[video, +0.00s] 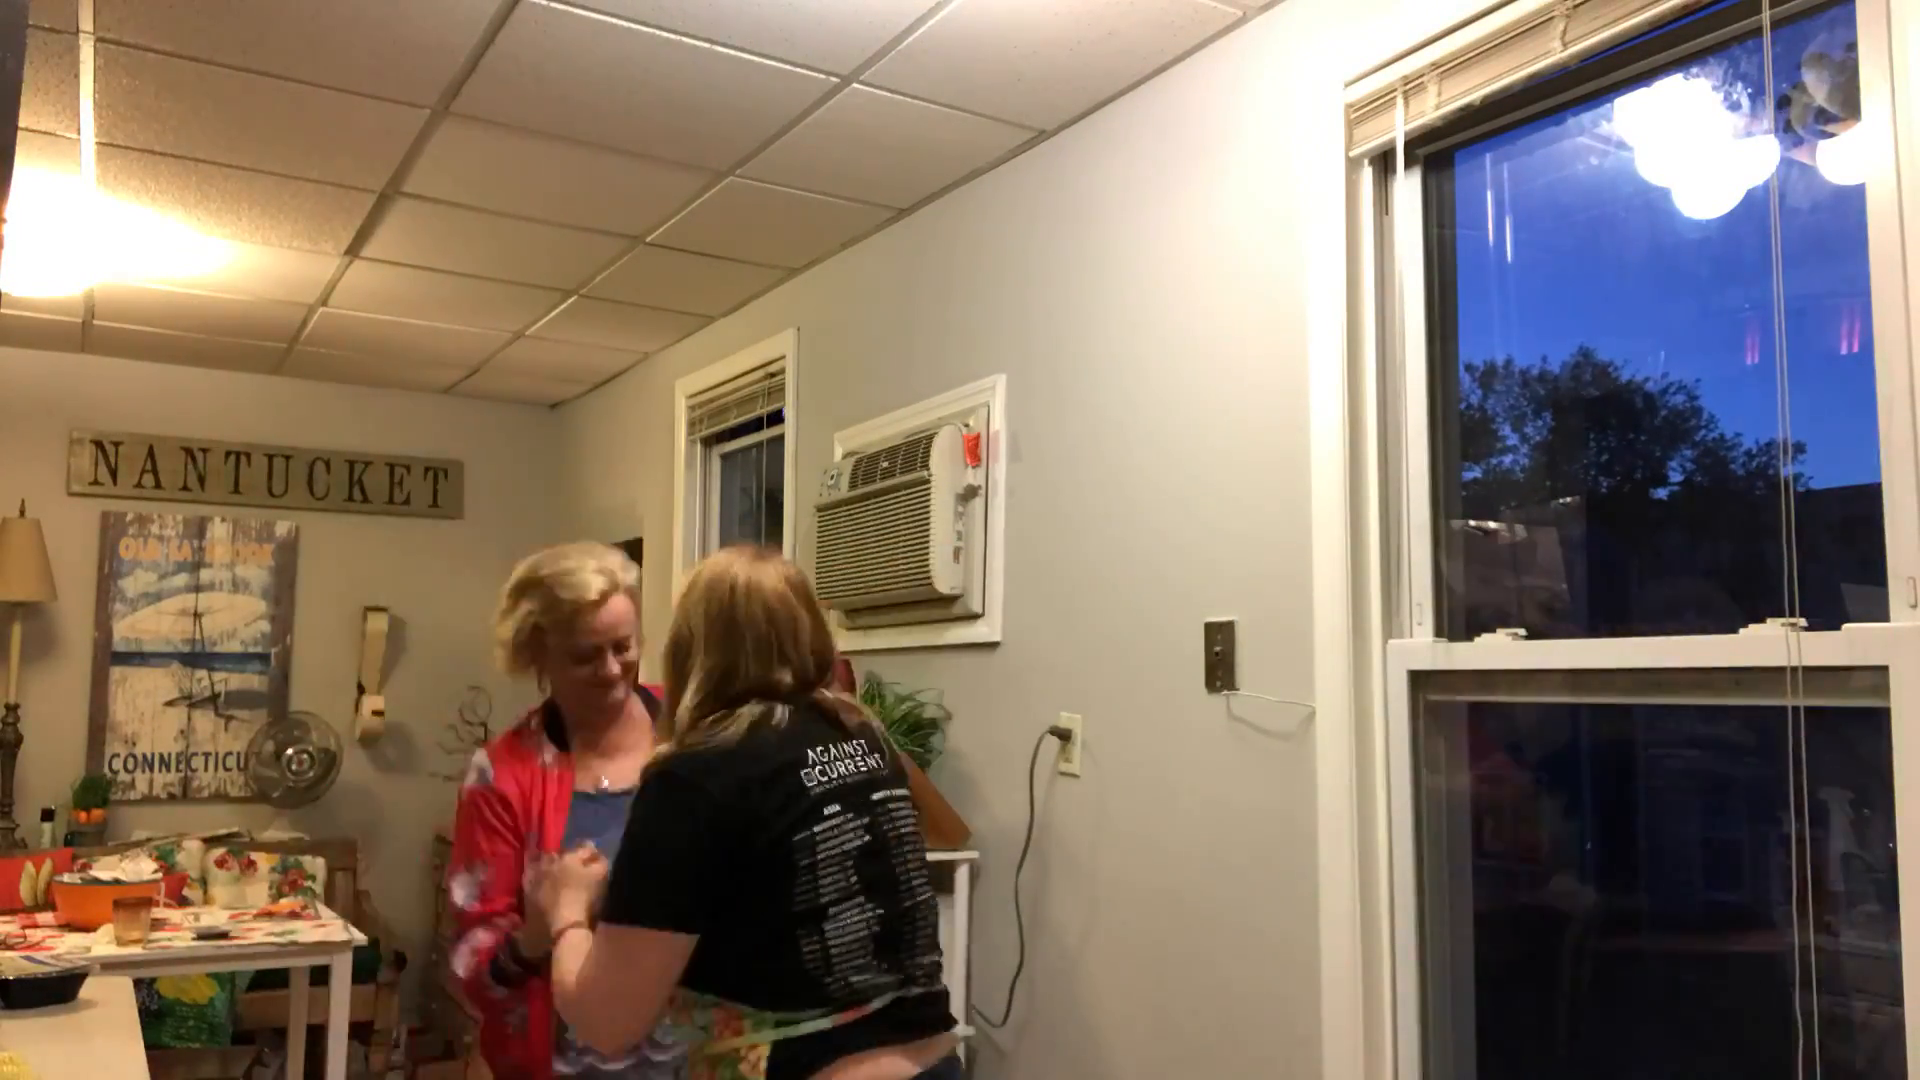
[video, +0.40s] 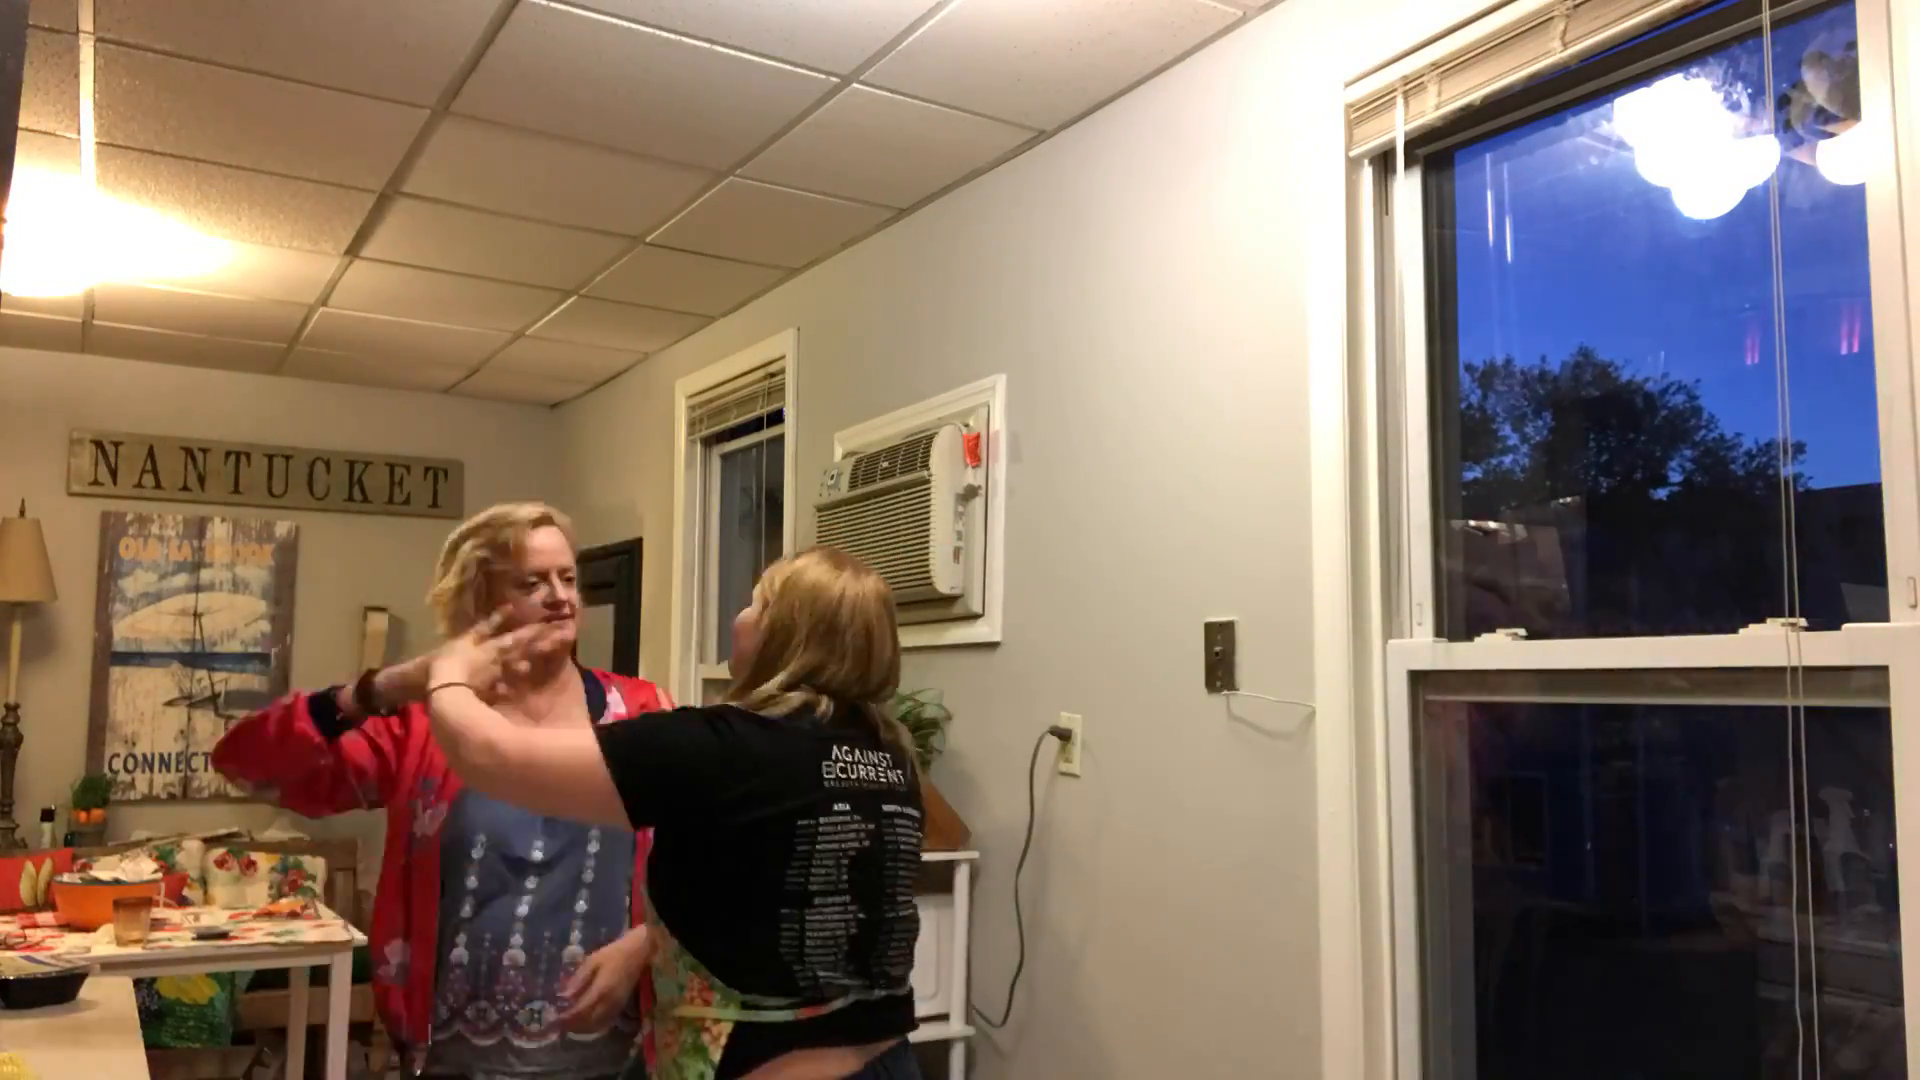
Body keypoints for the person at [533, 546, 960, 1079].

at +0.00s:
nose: (616, 669)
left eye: (626, 648)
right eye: (587, 656)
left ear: (691, 644)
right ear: (811, 635)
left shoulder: (695, 779)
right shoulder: (861, 738)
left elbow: (606, 1023)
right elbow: (949, 832)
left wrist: (568, 914)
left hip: (816, 1061)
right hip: (935, 1051)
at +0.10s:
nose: (730, 631)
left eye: (740, 609)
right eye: (737, 609)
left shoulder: (824, 757)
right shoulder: (884, 725)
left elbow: (648, 923)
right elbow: (747, 730)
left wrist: (618, 770)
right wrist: (666, 723)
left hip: (825, 1061)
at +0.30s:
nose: (750, 633)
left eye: (761, 613)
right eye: (756, 612)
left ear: (792, 627)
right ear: (875, 633)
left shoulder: (742, 755)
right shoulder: (910, 755)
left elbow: (544, 817)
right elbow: (950, 843)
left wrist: (506, 671)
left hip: (772, 1063)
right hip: (892, 1053)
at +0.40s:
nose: (738, 618)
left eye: (753, 605)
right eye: (750, 602)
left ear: (783, 633)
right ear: (861, 648)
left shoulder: (720, 746)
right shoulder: (887, 758)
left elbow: (488, 756)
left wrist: (448, 677)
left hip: (758, 1064)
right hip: (884, 1055)